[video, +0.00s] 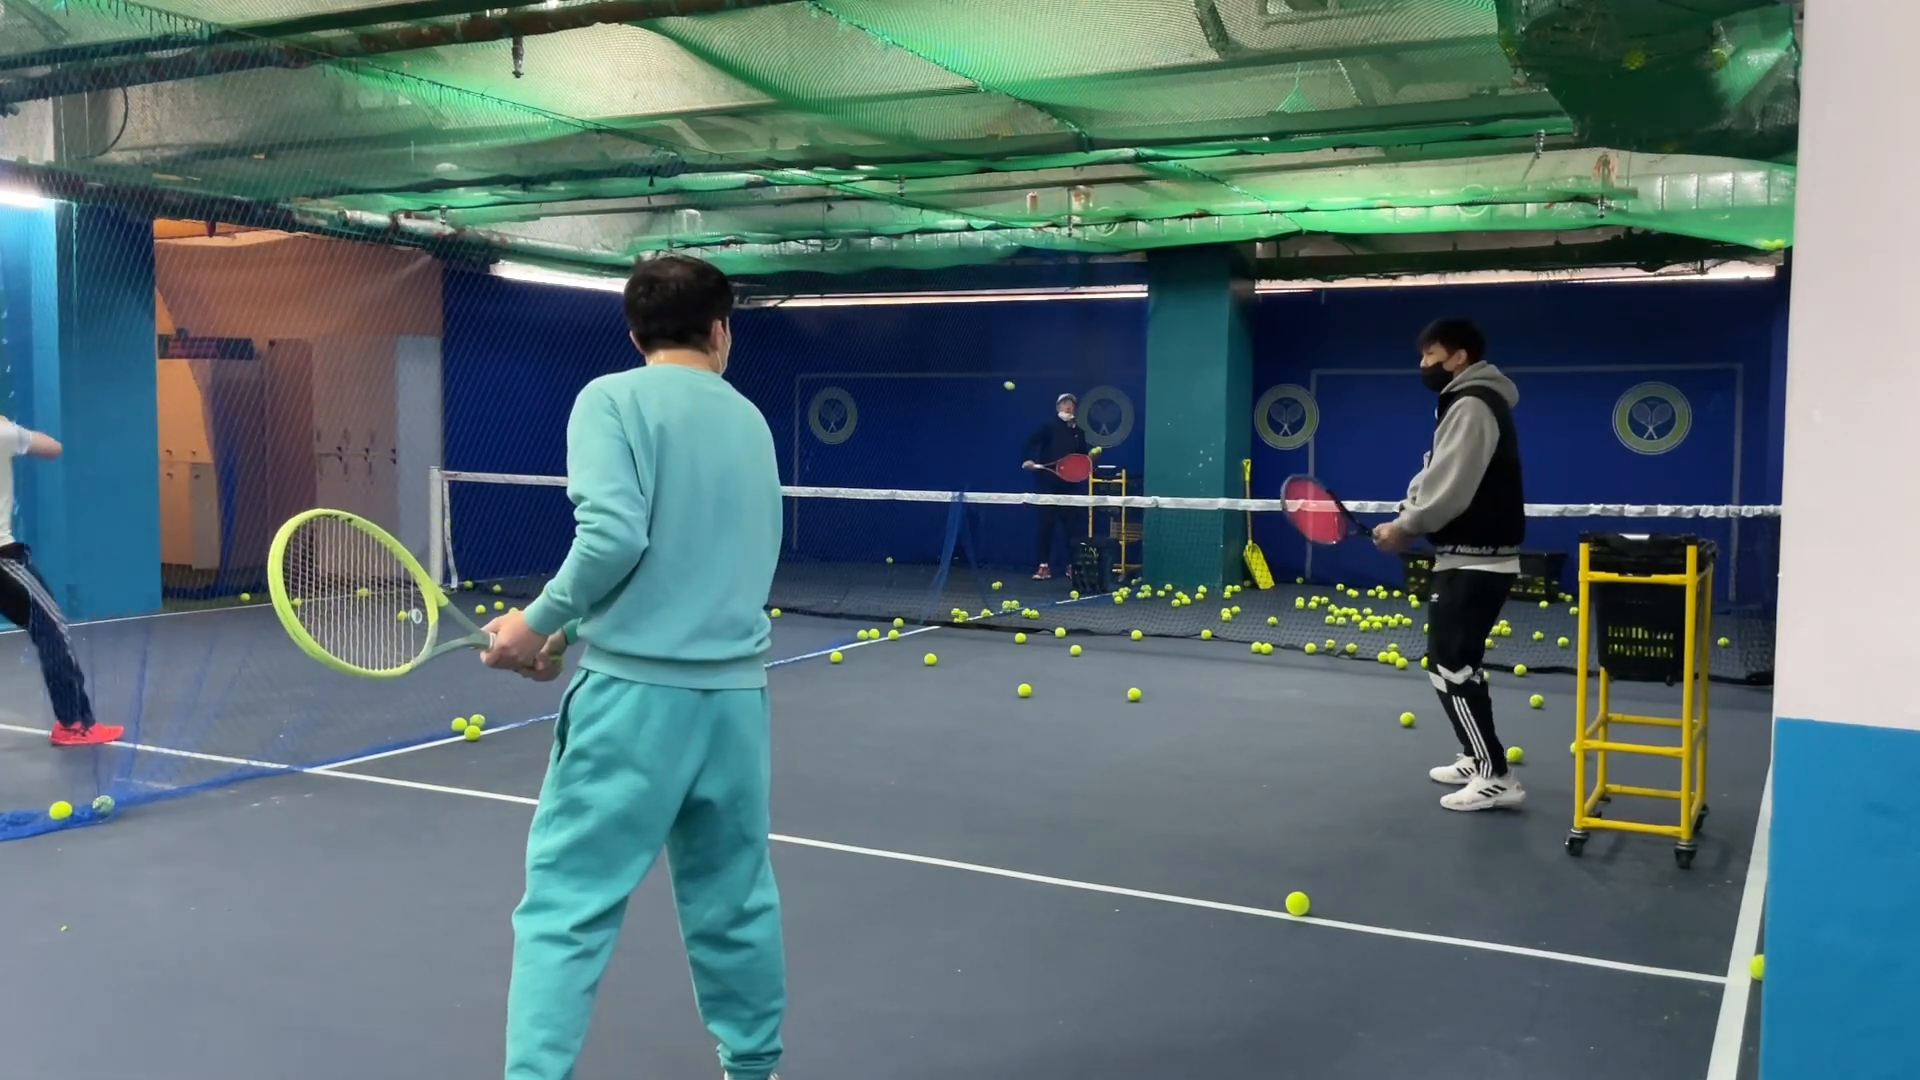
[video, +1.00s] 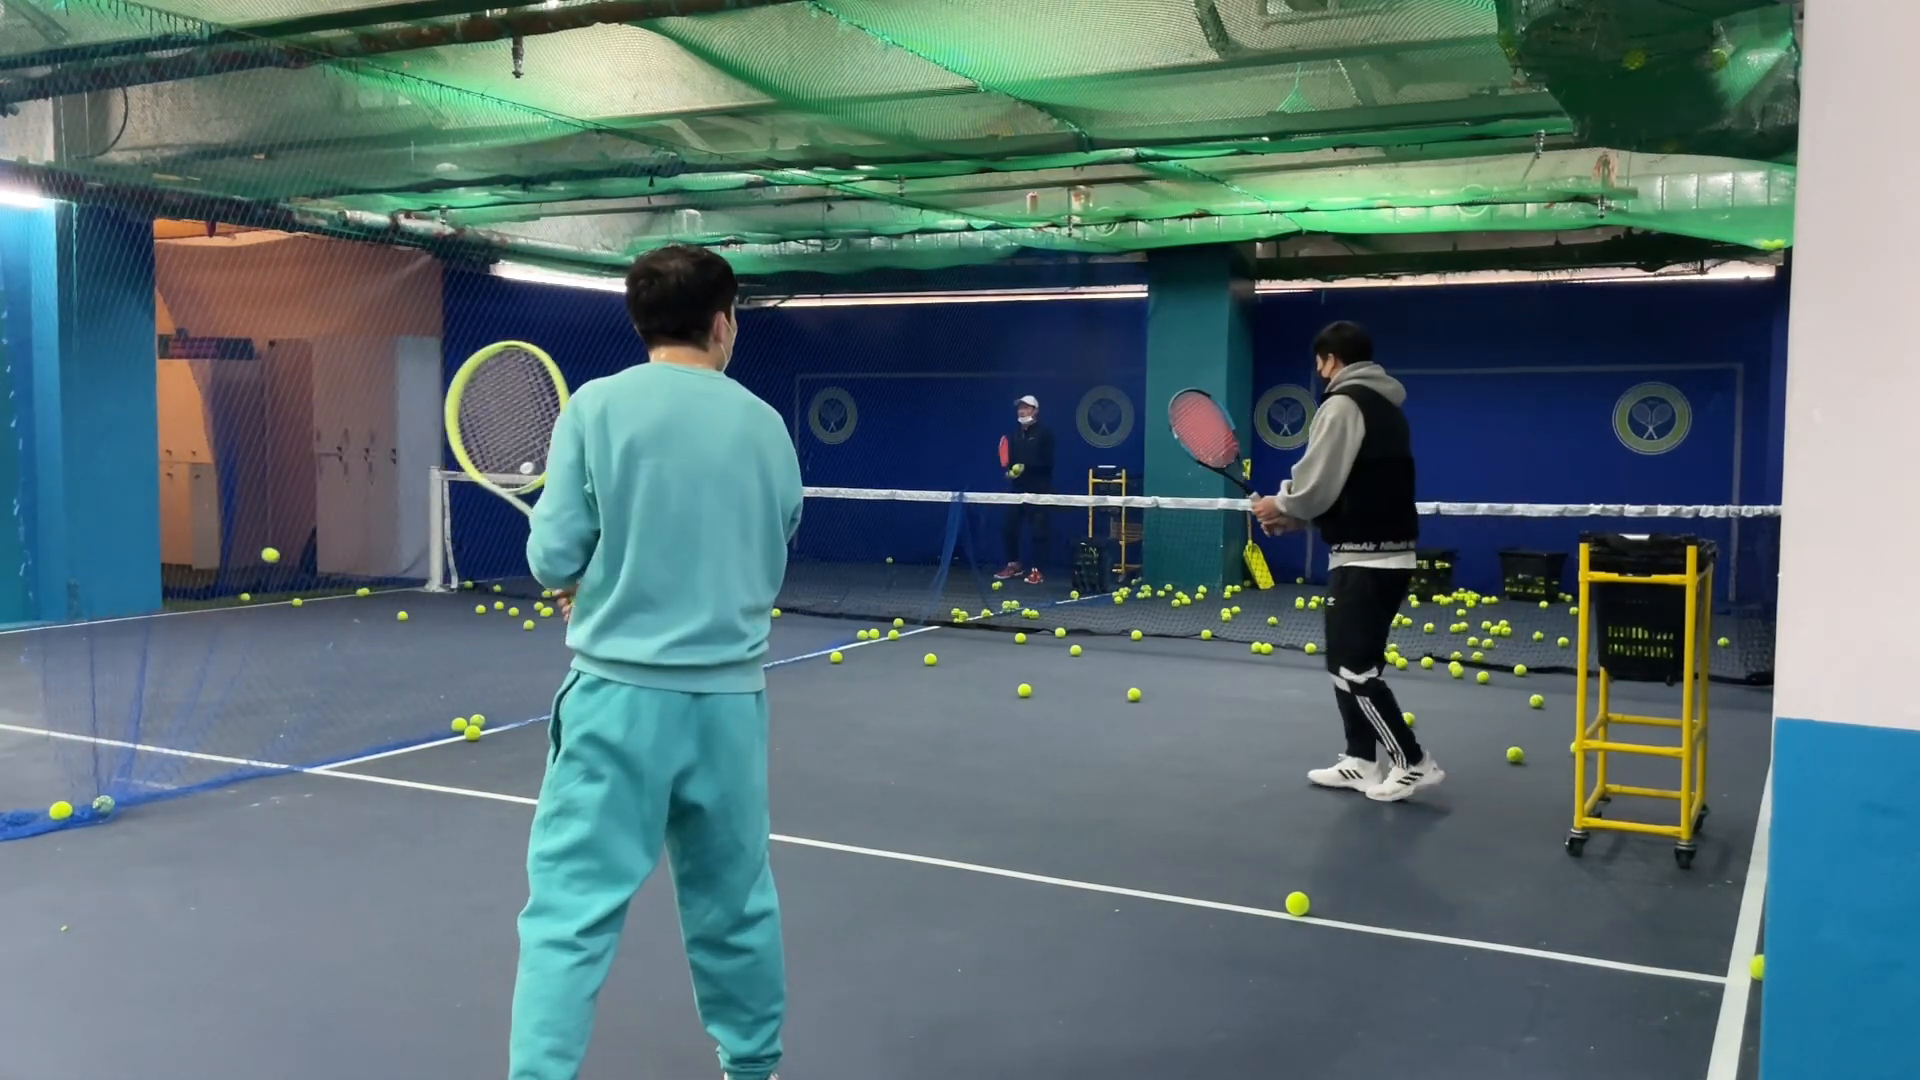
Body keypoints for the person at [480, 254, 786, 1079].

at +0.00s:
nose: (733, 339)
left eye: (729, 326)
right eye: (732, 327)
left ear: (640, 332)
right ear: (718, 331)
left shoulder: (610, 400)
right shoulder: (751, 422)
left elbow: (616, 533)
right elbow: (721, 563)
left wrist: (535, 621)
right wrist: (574, 631)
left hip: (630, 702)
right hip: (737, 705)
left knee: (567, 911)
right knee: (735, 898)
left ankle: (536, 1069)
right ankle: (754, 1064)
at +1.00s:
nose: (735, 328)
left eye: (732, 315)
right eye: (734, 316)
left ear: (639, 325)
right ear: (721, 322)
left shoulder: (592, 409)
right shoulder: (766, 425)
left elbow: (555, 555)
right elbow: (769, 548)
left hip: (615, 704)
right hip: (731, 707)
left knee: (570, 909)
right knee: (734, 900)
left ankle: (540, 1069)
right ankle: (750, 1064)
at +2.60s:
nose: (732, 330)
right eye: (731, 319)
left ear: (634, 324)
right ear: (723, 323)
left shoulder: (605, 400)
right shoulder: (754, 426)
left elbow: (533, 535)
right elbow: (657, 563)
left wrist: (469, 513)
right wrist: (521, 556)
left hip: (617, 708)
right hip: (726, 710)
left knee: (579, 920)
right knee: (732, 905)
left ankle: (554, 1071)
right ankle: (752, 1065)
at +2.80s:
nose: (606, 326)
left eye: (608, 316)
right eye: (713, 320)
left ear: (615, 324)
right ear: (705, 325)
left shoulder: (604, 393)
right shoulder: (722, 419)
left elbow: (530, 506)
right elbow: (593, 533)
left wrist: (431, 471)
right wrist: (465, 524)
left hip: (615, 709)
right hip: (718, 708)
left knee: (582, 927)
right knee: (724, 904)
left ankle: (562, 1071)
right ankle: (753, 1064)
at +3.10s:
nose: (564, 322)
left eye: (564, 311)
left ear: (571, 323)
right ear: (665, 325)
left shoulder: (600, 399)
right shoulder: (674, 413)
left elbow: (592, 519)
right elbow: (571, 536)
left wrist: (456, 483)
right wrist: (453, 525)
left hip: (608, 710)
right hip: (692, 706)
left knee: (572, 932)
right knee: (705, 901)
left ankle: (561, 1070)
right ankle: (748, 1064)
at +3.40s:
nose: (523, 328)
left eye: (523, 316)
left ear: (529, 325)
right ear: (621, 320)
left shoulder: (568, 399)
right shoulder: (641, 411)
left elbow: (588, 535)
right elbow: (553, 570)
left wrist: (445, 519)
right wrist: (441, 559)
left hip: (588, 706)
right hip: (671, 699)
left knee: (549, 938)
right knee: (672, 881)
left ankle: (550, 1070)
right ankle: (736, 1054)